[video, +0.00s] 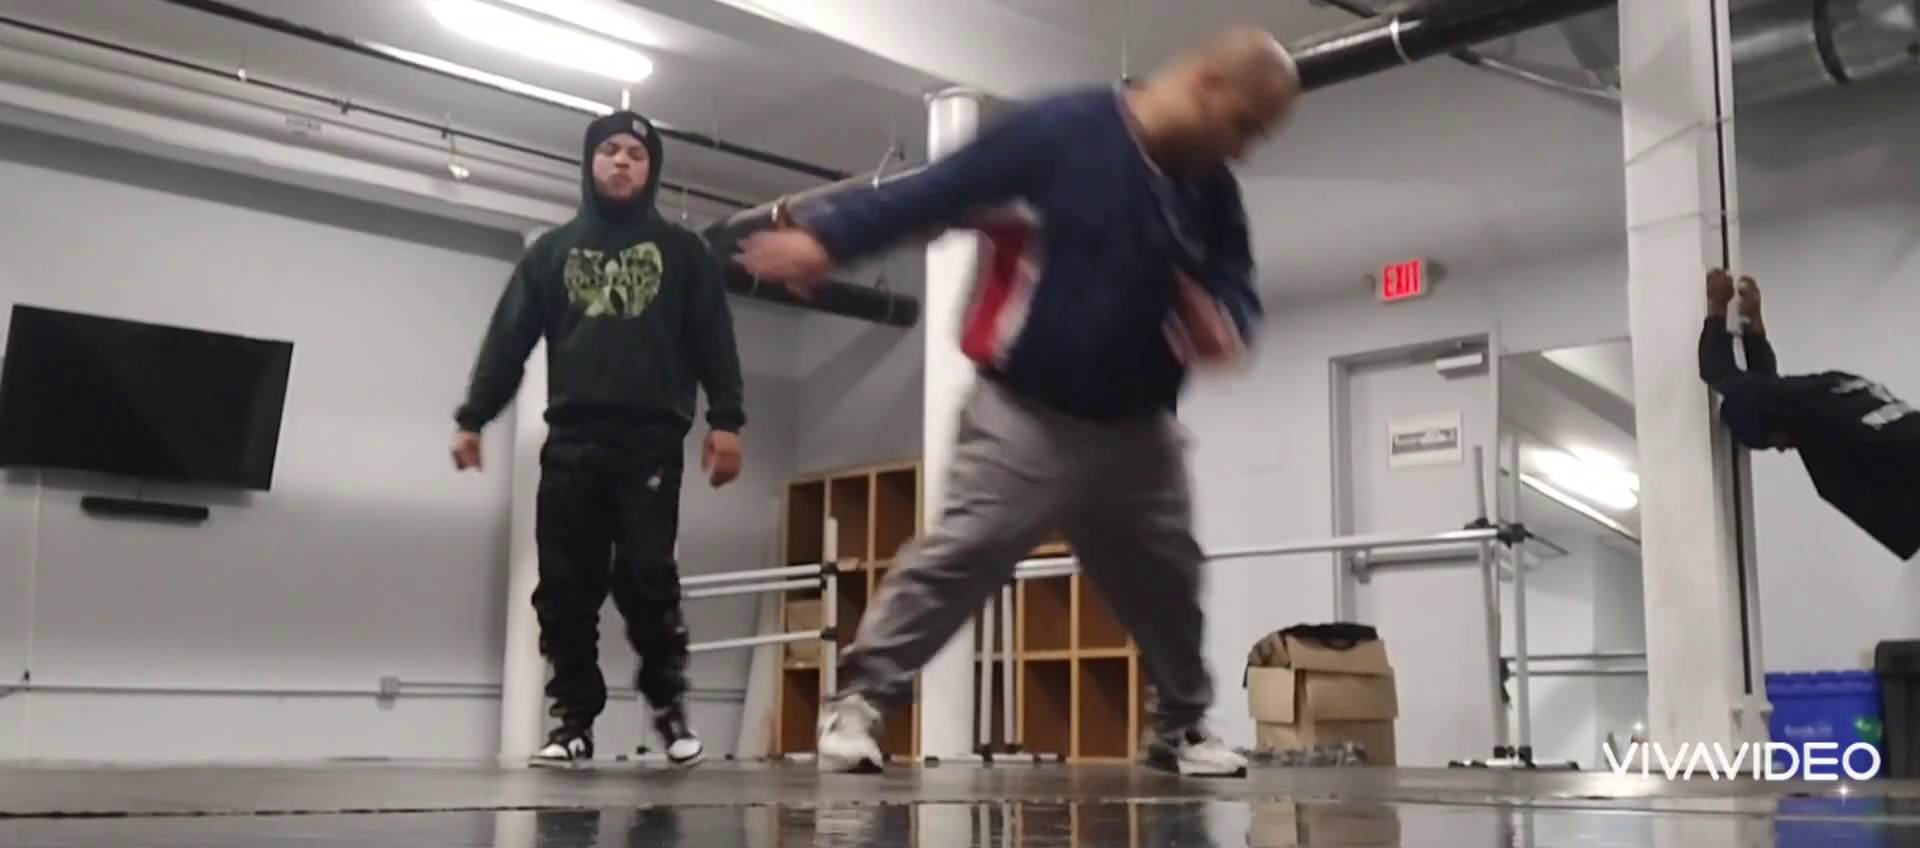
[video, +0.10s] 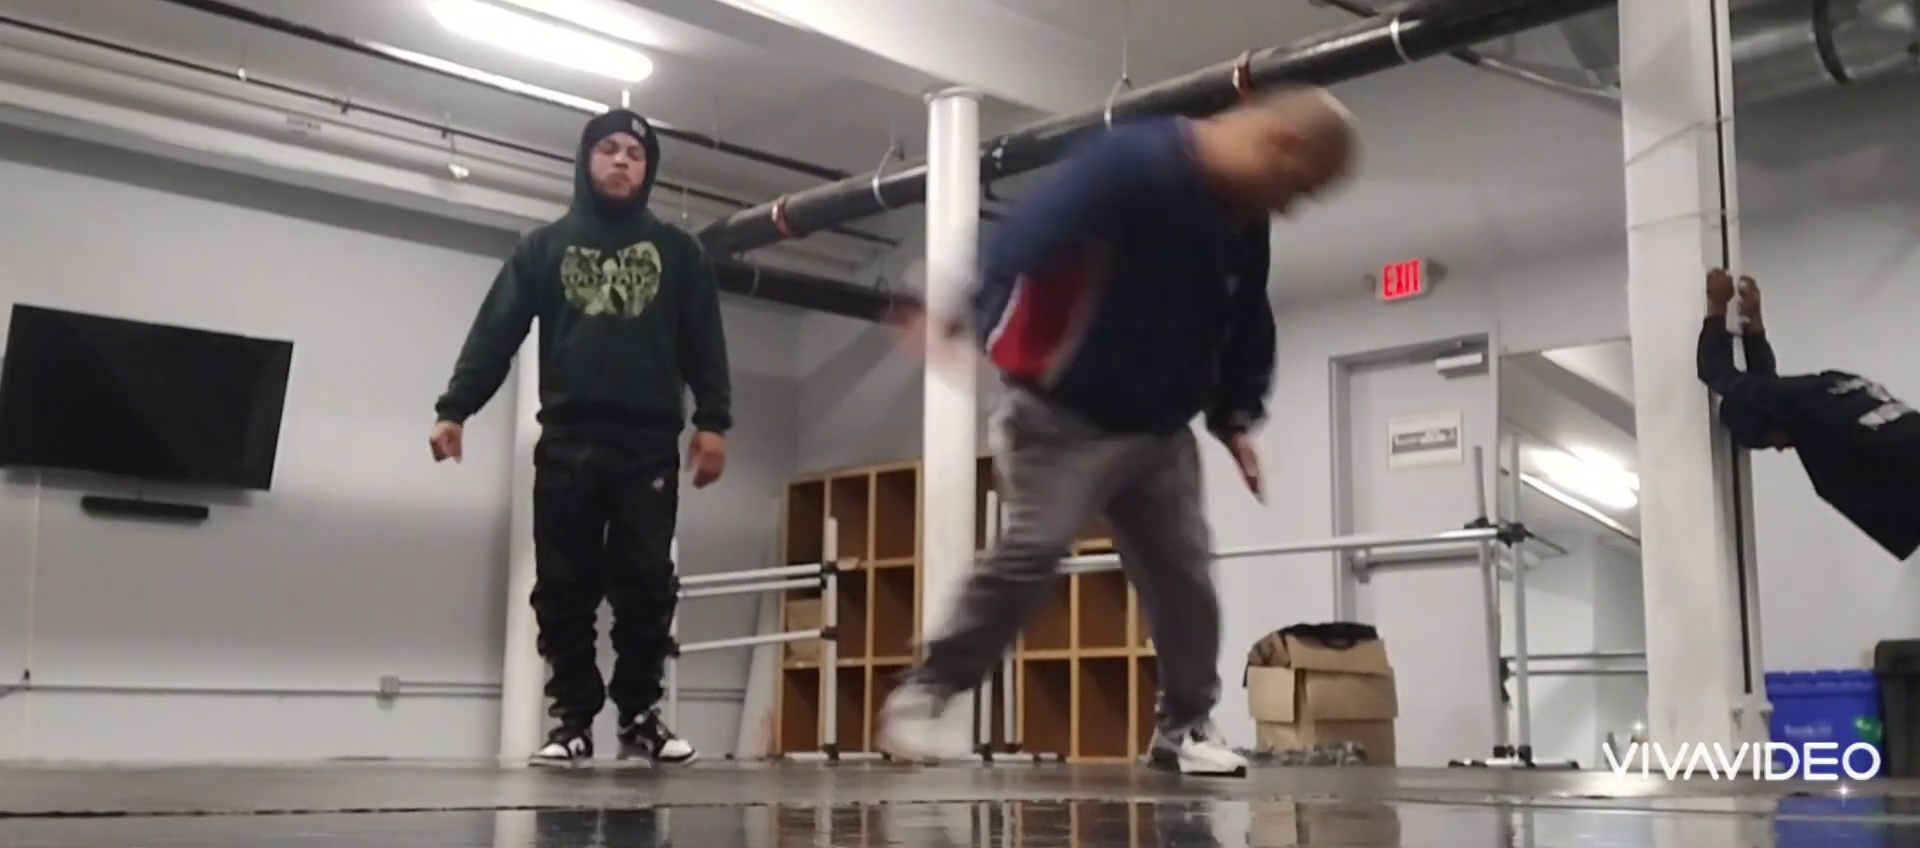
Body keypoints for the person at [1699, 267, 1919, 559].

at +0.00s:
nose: (1779, 448)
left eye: (1769, 441)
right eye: (1769, 447)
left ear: (1771, 423)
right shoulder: (1834, 387)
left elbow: (1718, 375)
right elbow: (1763, 391)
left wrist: (1716, 308)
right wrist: (1752, 324)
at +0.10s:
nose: (1777, 448)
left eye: (1767, 441)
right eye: (1766, 446)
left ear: (1769, 425)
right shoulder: (1836, 386)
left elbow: (1715, 373)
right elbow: (1764, 391)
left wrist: (1716, 308)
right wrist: (1752, 324)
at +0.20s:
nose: (1776, 448)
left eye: (1767, 441)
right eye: (1765, 446)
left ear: (1768, 425)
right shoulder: (1835, 386)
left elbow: (1714, 373)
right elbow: (1764, 394)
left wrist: (1715, 310)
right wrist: (1752, 326)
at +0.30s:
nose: (1774, 449)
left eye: (1764, 441)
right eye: (1763, 446)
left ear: (1767, 426)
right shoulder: (1833, 387)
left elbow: (1713, 374)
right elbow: (1764, 393)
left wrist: (1715, 309)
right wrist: (1752, 324)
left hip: (1911, 525)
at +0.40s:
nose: (1774, 448)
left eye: (1765, 442)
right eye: (1764, 447)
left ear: (1768, 427)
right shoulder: (1835, 386)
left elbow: (1712, 376)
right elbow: (1764, 396)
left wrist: (1715, 308)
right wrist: (1752, 324)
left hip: (1911, 521)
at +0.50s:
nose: (1773, 449)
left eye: (1765, 442)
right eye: (1764, 446)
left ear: (1768, 429)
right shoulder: (1836, 387)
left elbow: (1712, 375)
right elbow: (1764, 397)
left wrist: (1716, 307)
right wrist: (1751, 323)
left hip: (1911, 521)